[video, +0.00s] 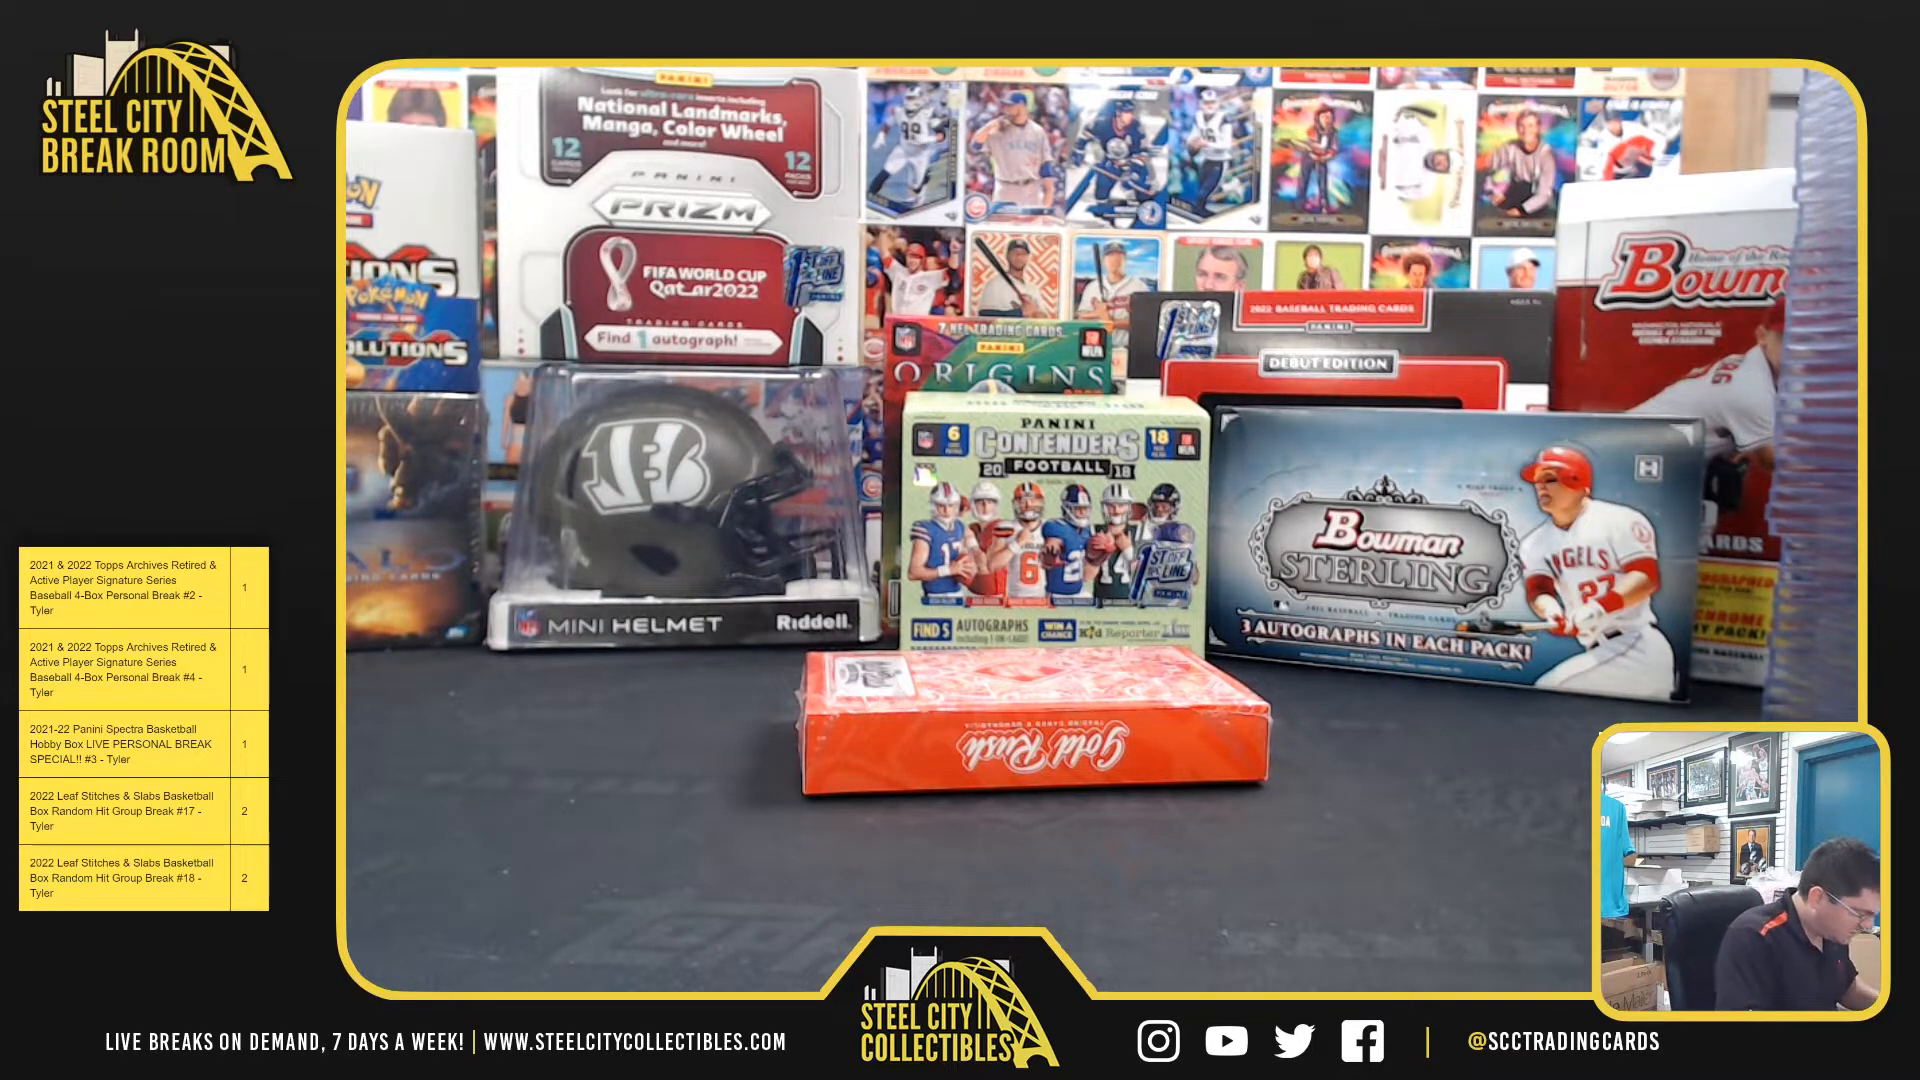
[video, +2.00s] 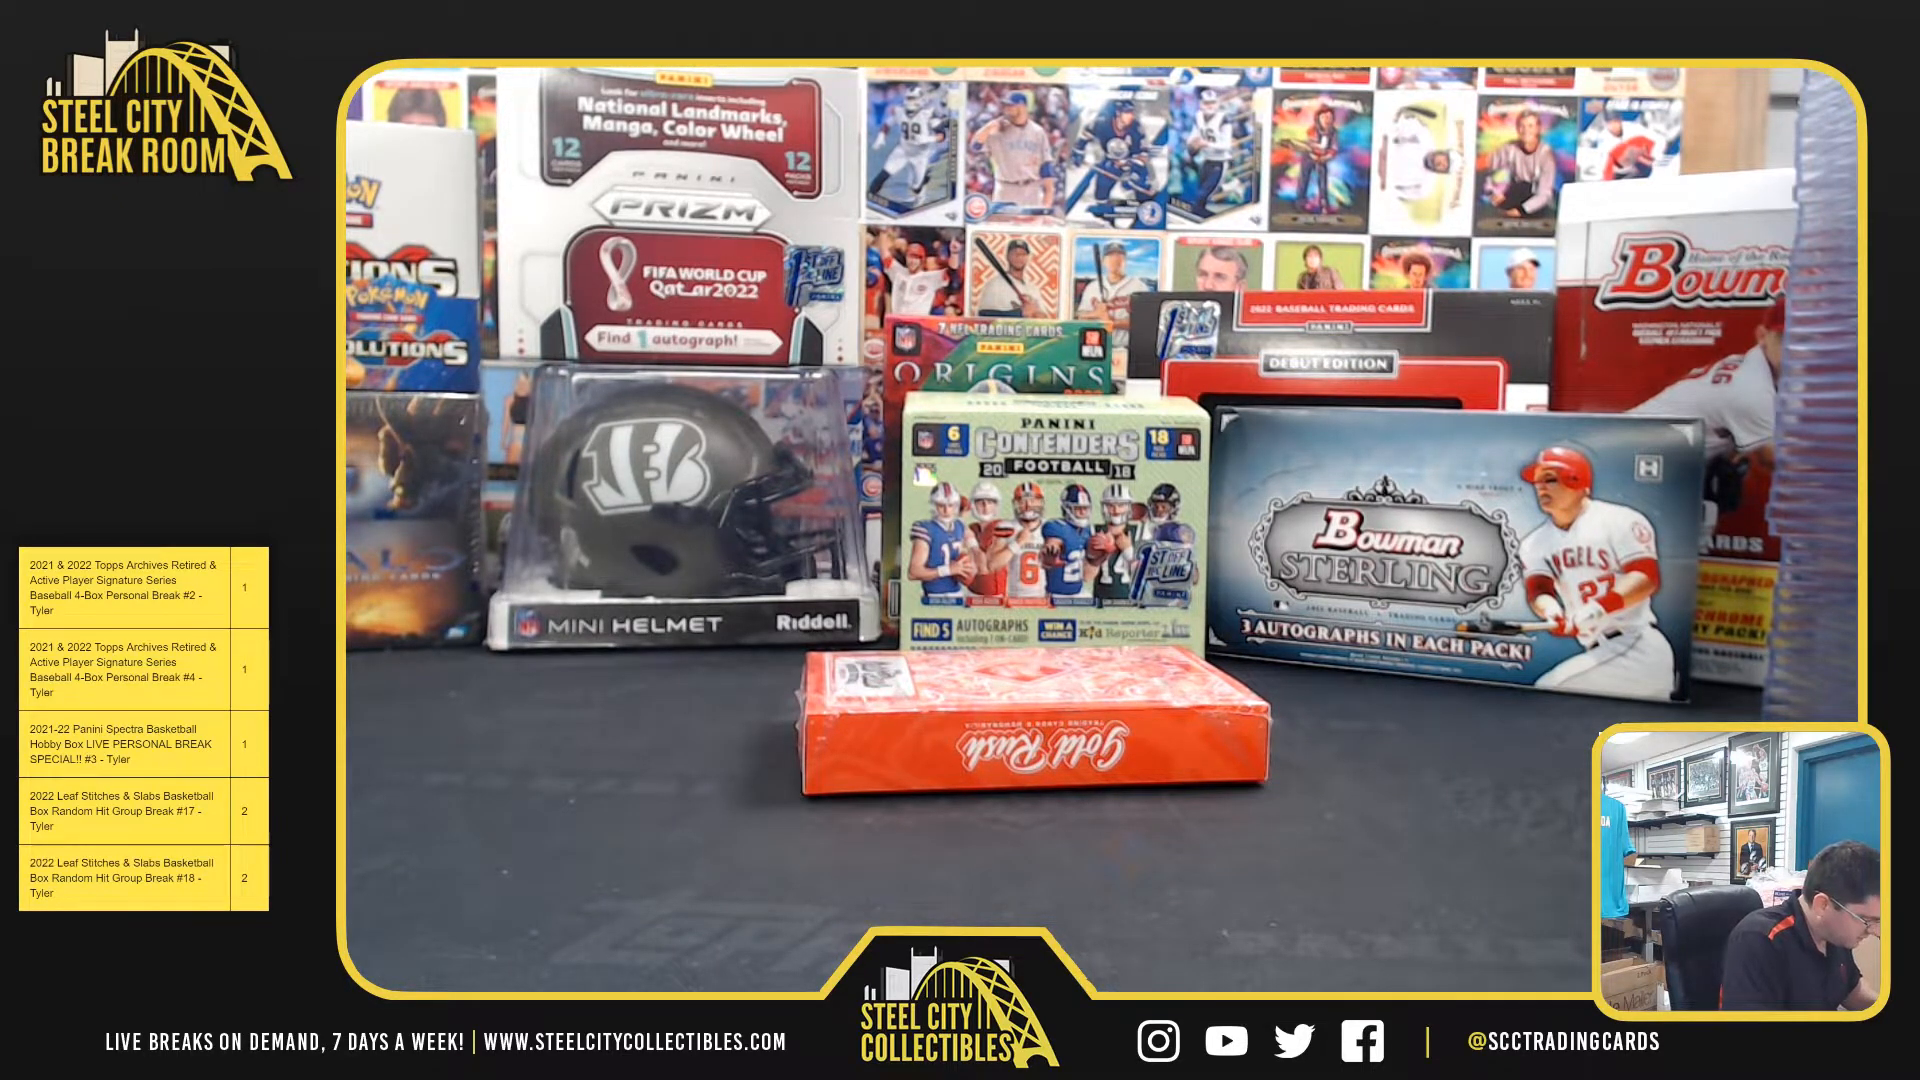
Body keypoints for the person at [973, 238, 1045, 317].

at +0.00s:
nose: (1019, 257)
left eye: (1023, 254)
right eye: (1016, 253)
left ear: (1028, 258)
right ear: (1008, 256)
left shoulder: (1033, 289)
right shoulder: (995, 284)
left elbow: (1045, 317)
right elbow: (985, 315)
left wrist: (1033, 310)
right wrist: (1020, 313)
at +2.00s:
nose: (1019, 257)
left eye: (1023, 254)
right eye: (1015, 254)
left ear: (1028, 258)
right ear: (1008, 256)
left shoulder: (1033, 288)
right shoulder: (995, 285)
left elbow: (1044, 317)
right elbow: (985, 315)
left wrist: (1033, 310)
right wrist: (1020, 313)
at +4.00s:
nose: (1019, 258)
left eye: (1023, 254)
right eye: (1015, 254)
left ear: (1028, 257)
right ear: (1008, 256)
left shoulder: (1032, 289)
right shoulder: (995, 284)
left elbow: (1045, 317)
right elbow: (985, 314)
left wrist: (1034, 311)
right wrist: (1020, 313)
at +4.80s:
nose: (1020, 257)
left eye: (1023, 254)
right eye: (1016, 254)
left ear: (1028, 257)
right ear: (1008, 256)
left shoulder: (1032, 288)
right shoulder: (995, 284)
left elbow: (1045, 316)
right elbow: (985, 316)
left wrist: (1034, 312)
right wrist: (1022, 313)